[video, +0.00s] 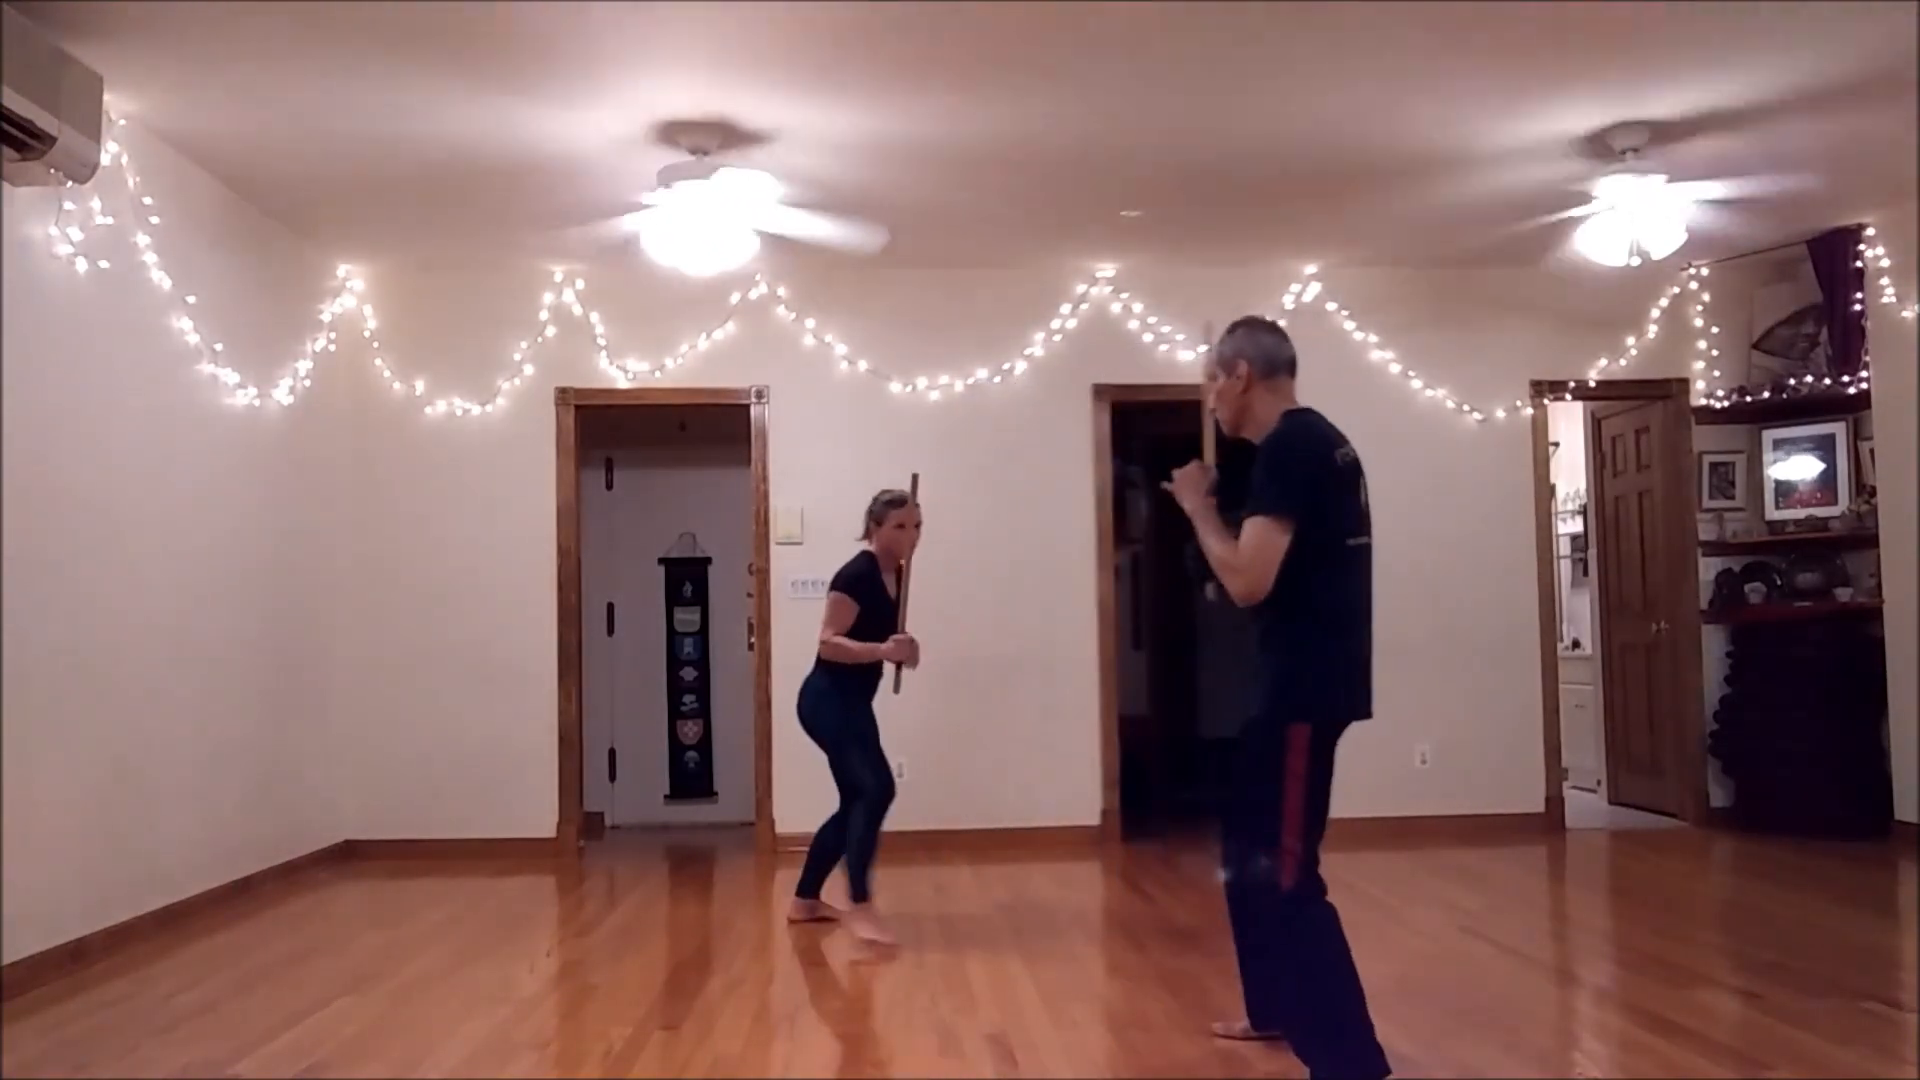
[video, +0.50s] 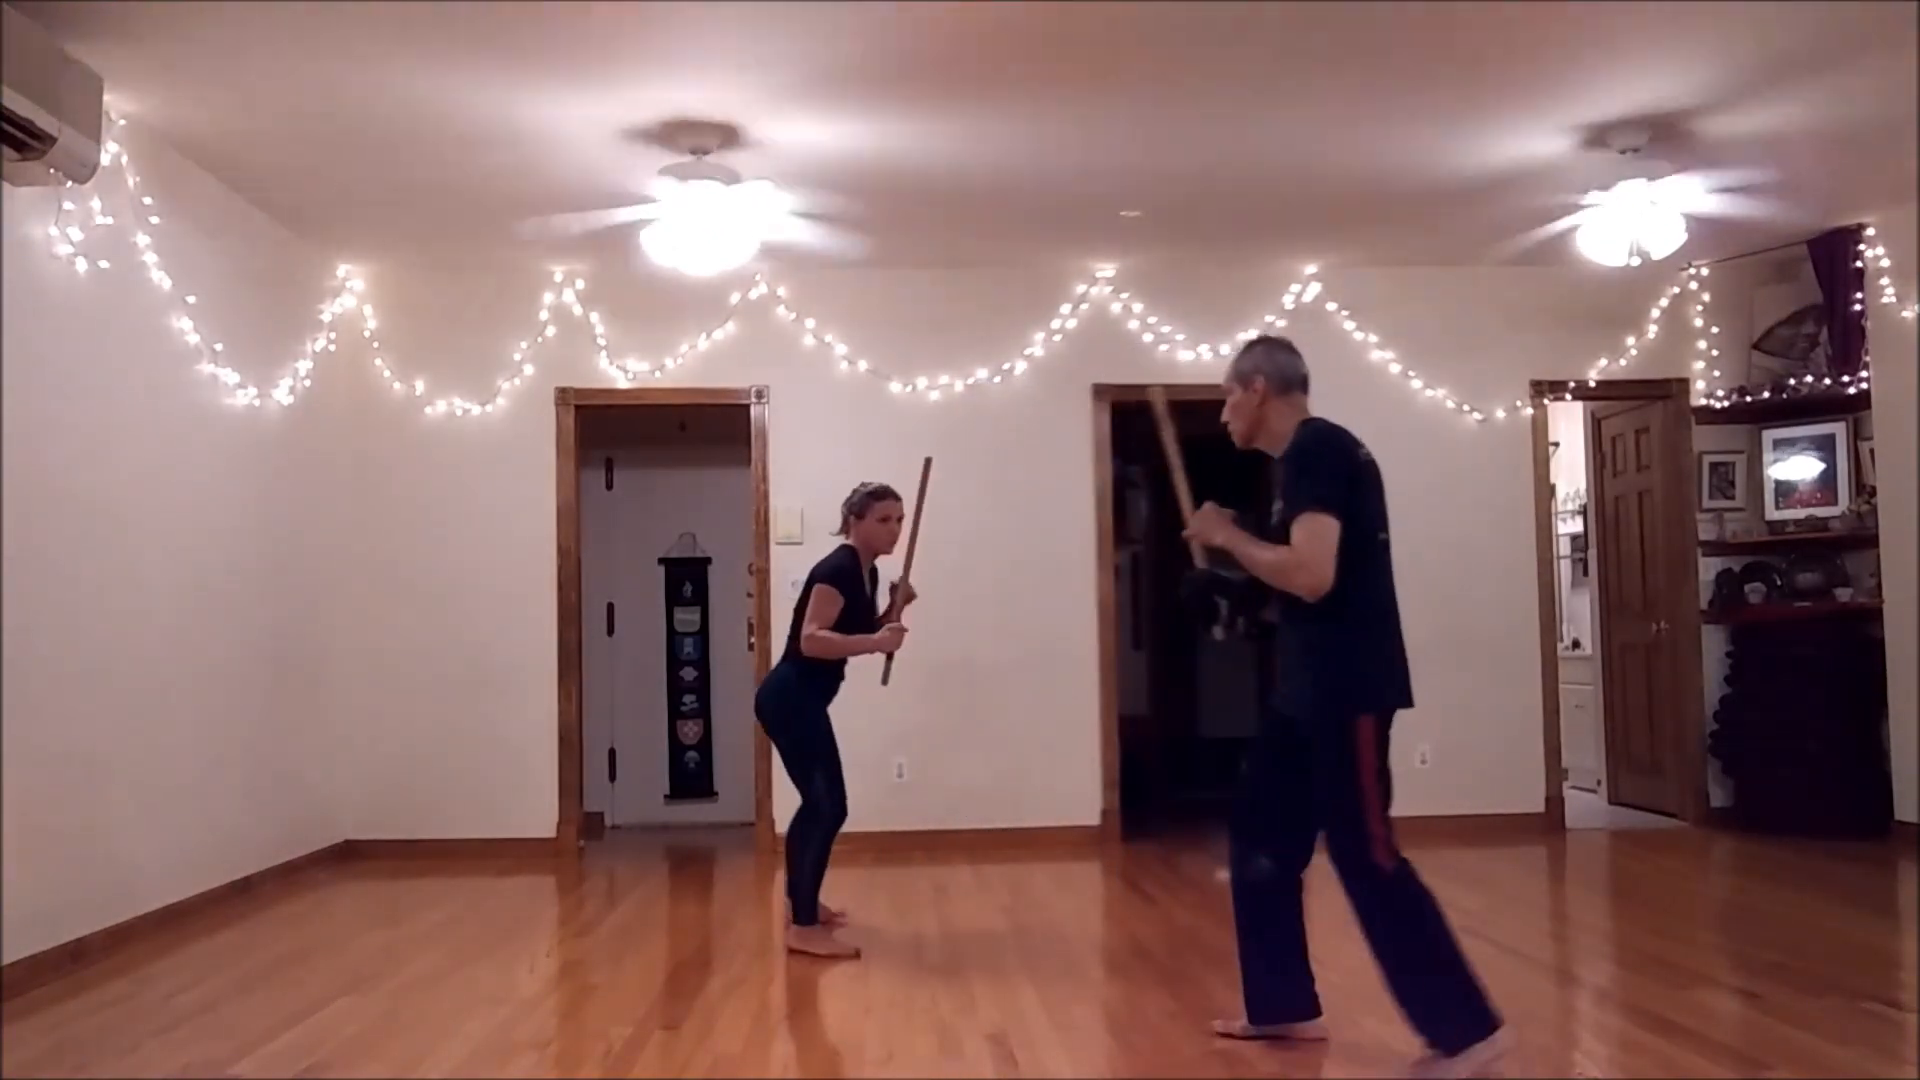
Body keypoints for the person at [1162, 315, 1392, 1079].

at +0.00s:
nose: (1210, 401)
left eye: (1212, 385)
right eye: (1209, 387)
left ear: (1239, 376)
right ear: (1274, 374)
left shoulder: (1293, 445)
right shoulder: (1313, 441)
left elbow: (1246, 580)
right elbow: (1280, 572)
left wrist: (1198, 506)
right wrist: (1218, 509)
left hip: (1305, 691)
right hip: (1299, 685)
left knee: (1284, 874)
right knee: (1252, 855)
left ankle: (1352, 1063)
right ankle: (1279, 1014)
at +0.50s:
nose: (1223, 414)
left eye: (1227, 398)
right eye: (1223, 399)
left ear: (1257, 390)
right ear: (1277, 389)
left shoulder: (1320, 450)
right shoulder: (1299, 461)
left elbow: (1312, 574)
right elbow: (1309, 576)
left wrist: (1231, 537)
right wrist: (1234, 556)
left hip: (1350, 690)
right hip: (1307, 690)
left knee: (1367, 854)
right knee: (1262, 847)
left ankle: (1468, 1033)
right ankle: (1284, 1009)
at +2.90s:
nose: (1157, 472)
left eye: (1158, 458)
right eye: (1155, 460)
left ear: (1178, 449)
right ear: (1205, 447)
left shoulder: (1236, 489)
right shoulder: (1220, 508)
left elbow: (1207, 588)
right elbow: (1210, 632)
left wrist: (1180, 539)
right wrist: (1146, 693)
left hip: (1274, 690)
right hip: (1233, 692)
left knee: (1305, 832)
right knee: (1184, 811)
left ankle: (1403, 978)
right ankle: (1215, 958)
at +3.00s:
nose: (1157, 470)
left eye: (1159, 456)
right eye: (1156, 458)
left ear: (1181, 447)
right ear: (1204, 446)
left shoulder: (1239, 490)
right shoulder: (1222, 507)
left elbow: (1208, 589)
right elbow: (1215, 628)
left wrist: (1178, 539)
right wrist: (1154, 694)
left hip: (1273, 691)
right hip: (1233, 692)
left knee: (1308, 834)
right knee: (1183, 811)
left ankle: (1404, 979)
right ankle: (1215, 959)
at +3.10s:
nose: (1158, 468)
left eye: (1161, 455)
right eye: (1157, 456)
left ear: (1184, 447)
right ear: (1205, 446)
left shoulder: (1238, 490)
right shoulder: (1226, 504)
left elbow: (1209, 589)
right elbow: (1221, 628)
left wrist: (1175, 540)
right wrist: (1161, 695)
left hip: (1274, 689)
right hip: (1235, 690)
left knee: (1307, 832)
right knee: (1183, 809)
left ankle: (1403, 977)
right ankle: (1214, 960)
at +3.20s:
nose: (1159, 465)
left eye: (1164, 452)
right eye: (1159, 454)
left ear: (1192, 446)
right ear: (1203, 448)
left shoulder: (1237, 490)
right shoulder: (1233, 503)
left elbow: (1210, 590)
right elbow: (1224, 625)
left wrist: (1176, 541)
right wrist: (1168, 696)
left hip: (1276, 688)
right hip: (1238, 689)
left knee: (1307, 831)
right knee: (1181, 813)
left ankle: (1406, 979)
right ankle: (1214, 959)